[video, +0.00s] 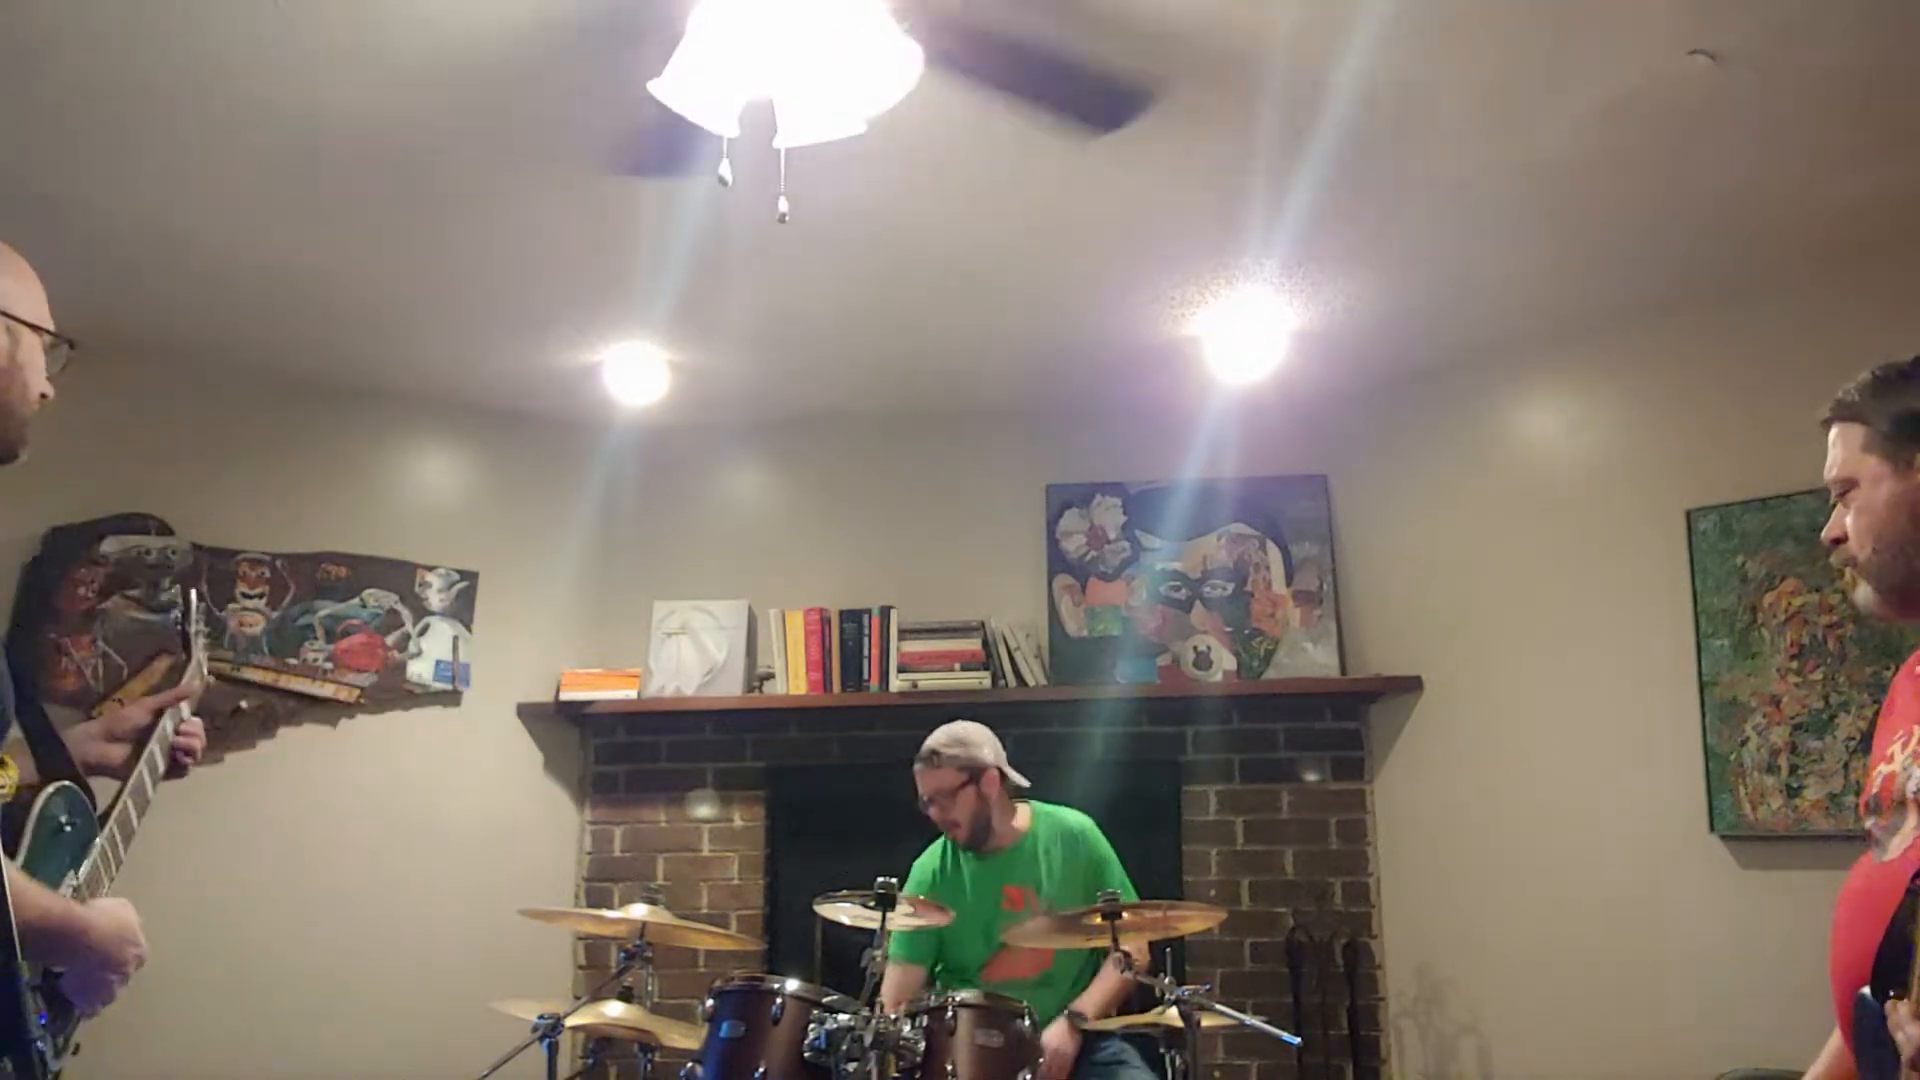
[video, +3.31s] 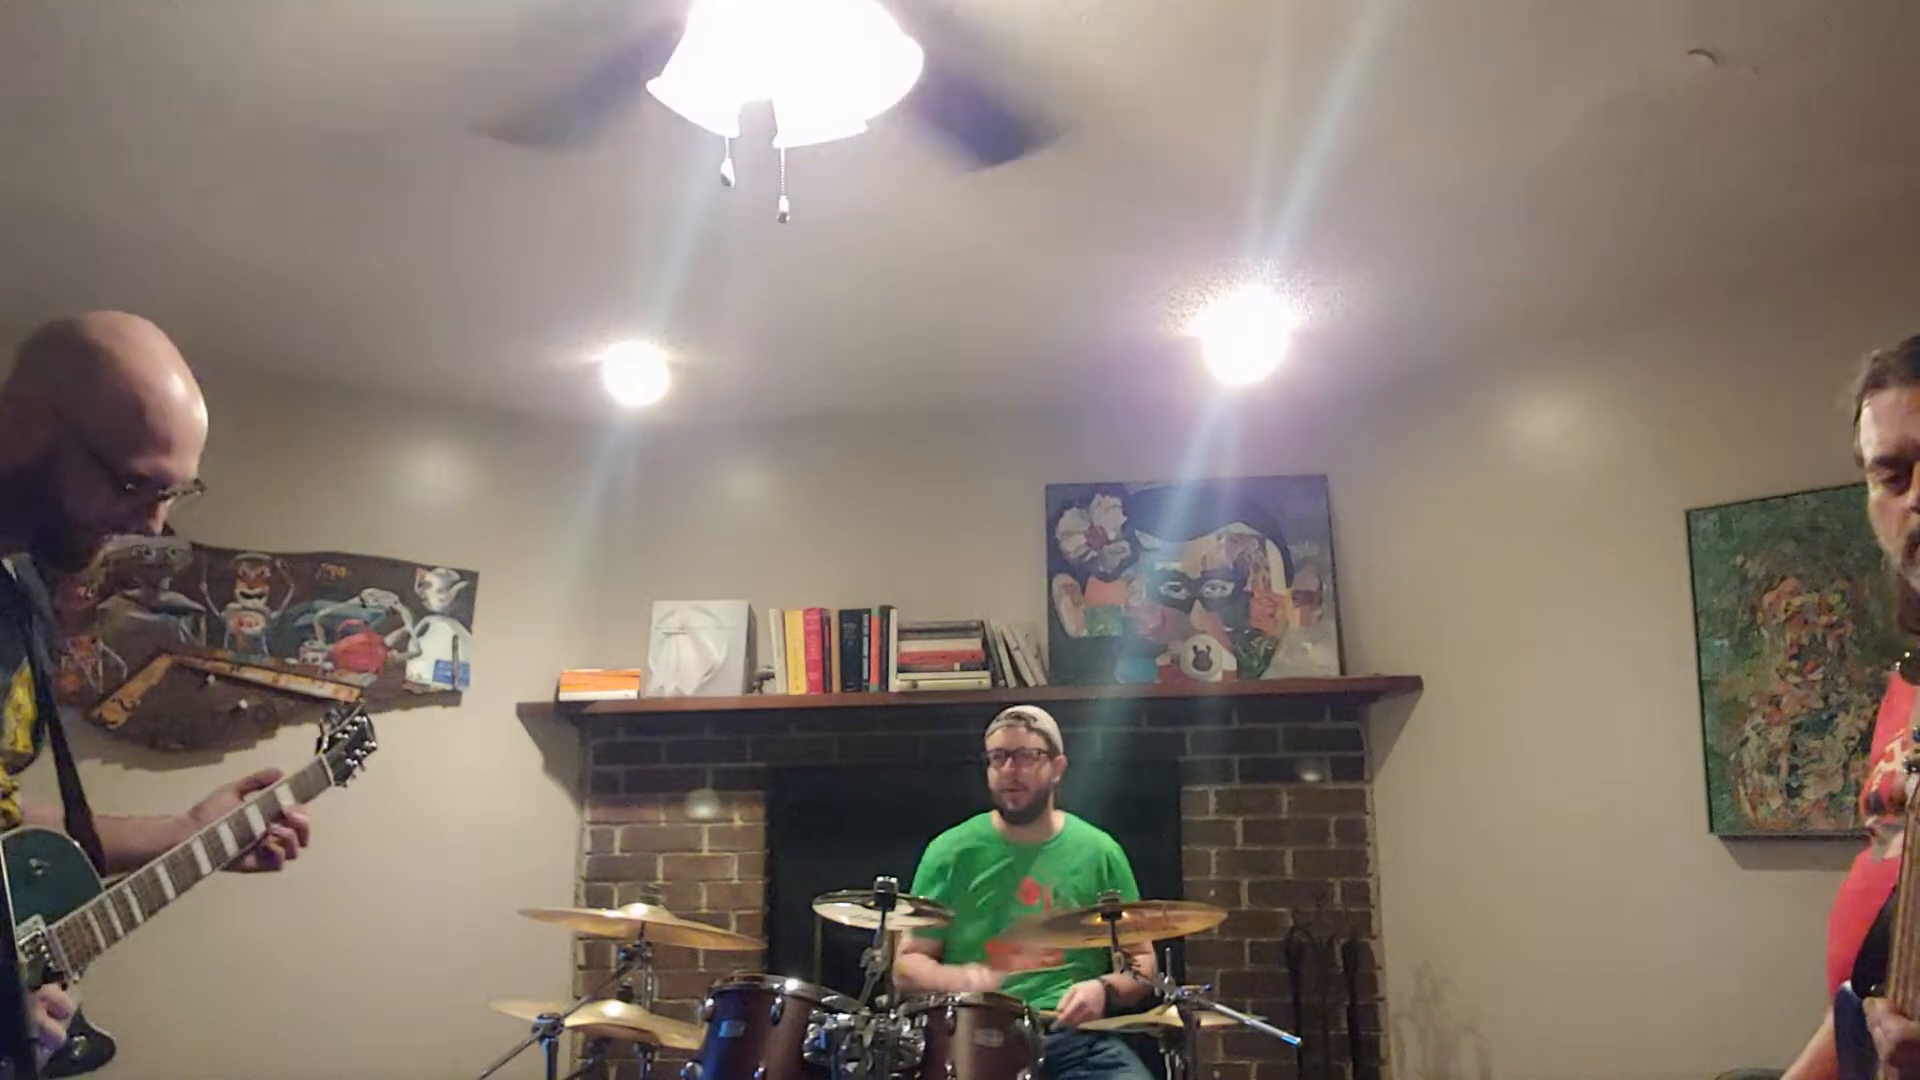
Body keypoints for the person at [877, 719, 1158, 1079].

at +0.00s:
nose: (935, 816)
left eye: (944, 798)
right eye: (928, 803)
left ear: (989, 782)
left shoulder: (1074, 836)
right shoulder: (931, 872)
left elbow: (1133, 946)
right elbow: (895, 1004)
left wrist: (1073, 1022)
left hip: (1077, 1037)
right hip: (971, 1039)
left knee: (1136, 1075)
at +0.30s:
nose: (953, 789)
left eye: (963, 773)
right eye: (946, 778)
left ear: (1010, 764)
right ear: (941, 781)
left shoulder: (1079, 842)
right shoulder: (931, 857)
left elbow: (1130, 960)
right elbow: (895, 982)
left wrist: (1046, 983)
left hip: (1071, 1031)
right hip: (961, 1035)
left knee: (1133, 1074)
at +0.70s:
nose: (972, 781)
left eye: (985, 765)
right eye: (962, 772)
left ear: (1025, 763)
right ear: (956, 779)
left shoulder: (1085, 844)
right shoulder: (943, 860)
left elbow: (1133, 964)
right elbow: (899, 978)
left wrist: (1042, 954)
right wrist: (957, 952)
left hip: (1075, 1030)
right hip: (966, 1033)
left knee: (1129, 1074)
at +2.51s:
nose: (993, 778)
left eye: (1008, 764)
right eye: (981, 765)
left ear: (1038, 767)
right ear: (967, 771)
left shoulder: (1088, 845)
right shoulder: (939, 854)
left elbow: (1140, 958)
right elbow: (904, 984)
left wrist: (1093, 976)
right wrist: (957, 933)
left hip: (1074, 1029)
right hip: (972, 1031)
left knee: (1130, 1074)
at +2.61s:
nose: (983, 782)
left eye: (999, 766)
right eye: (973, 768)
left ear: (1032, 767)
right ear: (962, 772)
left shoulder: (1086, 845)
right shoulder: (938, 849)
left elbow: (1140, 958)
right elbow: (912, 981)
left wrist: (1090, 980)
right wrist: (952, 883)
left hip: (1073, 1032)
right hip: (968, 1032)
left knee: (1132, 1075)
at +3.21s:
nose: (1000, 774)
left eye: (1017, 759)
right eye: (990, 761)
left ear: (1052, 767)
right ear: (980, 768)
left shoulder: (1095, 850)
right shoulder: (948, 847)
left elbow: (1143, 966)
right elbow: (907, 977)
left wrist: (1097, 982)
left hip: (1072, 1031)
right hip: (970, 1031)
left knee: (1131, 1074)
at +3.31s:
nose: (1009, 771)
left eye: (1026, 757)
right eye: (999, 758)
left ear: (1057, 768)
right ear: (987, 768)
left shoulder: (1099, 852)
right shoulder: (949, 852)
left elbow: (1143, 965)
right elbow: (908, 966)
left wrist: (1105, 988)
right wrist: (959, 978)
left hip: (1073, 1032)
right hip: (974, 1031)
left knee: (1133, 1075)